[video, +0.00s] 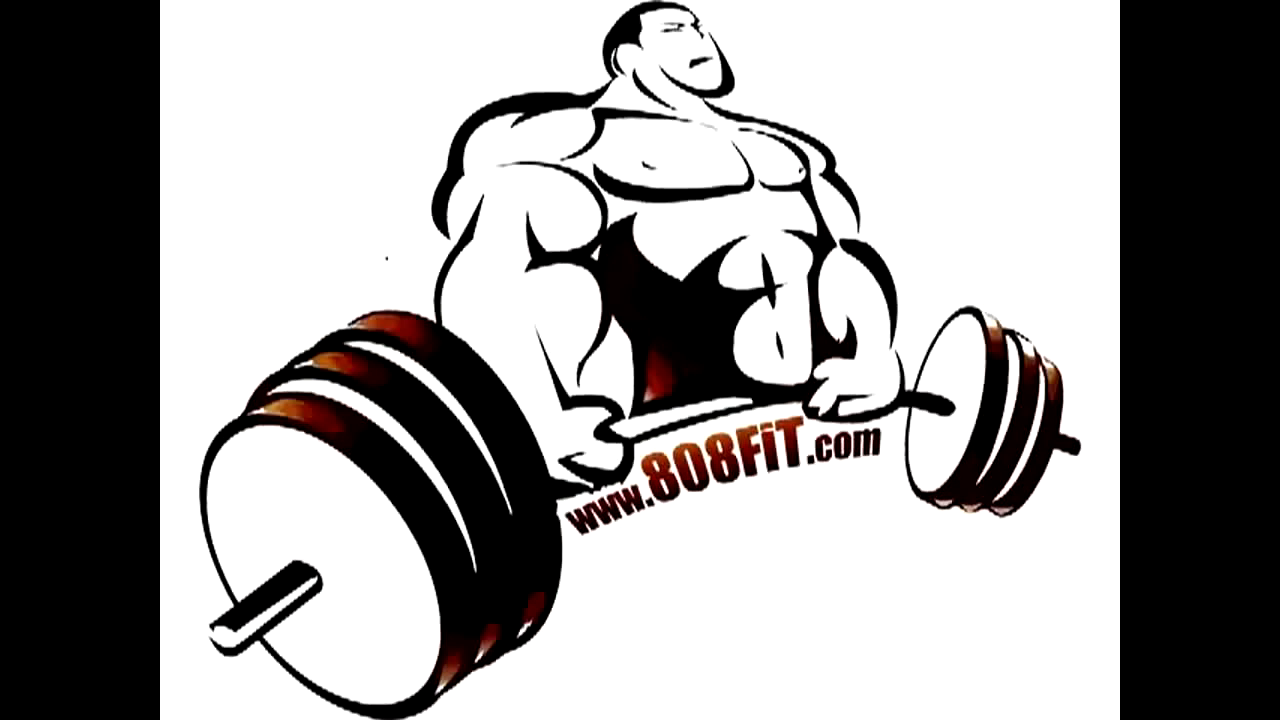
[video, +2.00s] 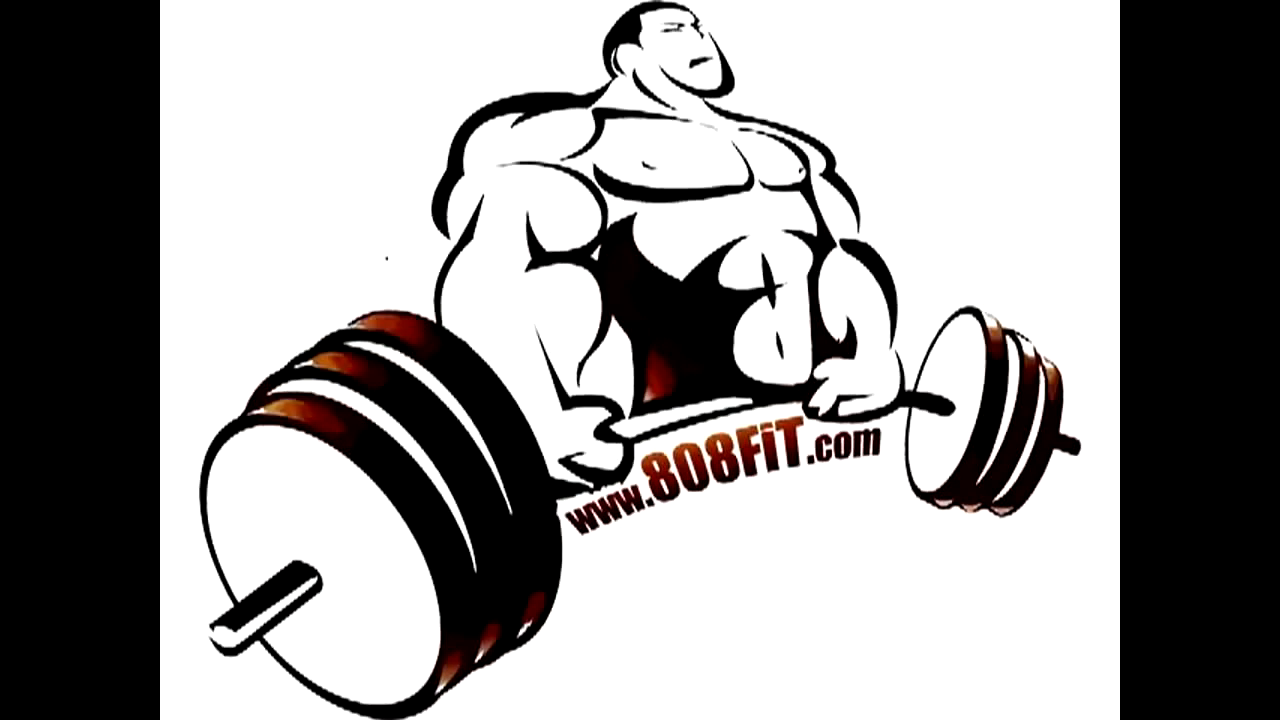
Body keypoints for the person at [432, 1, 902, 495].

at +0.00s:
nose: (702, 40)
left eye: (701, 28)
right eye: (676, 30)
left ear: (713, 45)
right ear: (629, 59)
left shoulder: (775, 145)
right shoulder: (594, 126)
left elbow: (850, 249)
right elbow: (487, 155)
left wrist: (878, 358)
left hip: (747, 330)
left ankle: (870, 369)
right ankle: (577, 429)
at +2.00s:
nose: (702, 40)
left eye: (701, 28)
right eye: (675, 30)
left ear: (713, 45)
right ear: (628, 59)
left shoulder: (776, 145)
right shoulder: (593, 127)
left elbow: (850, 250)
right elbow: (487, 155)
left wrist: (878, 358)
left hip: (747, 331)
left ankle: (870, 369)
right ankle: (577, 429)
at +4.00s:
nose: (702, 40)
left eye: (701, 28)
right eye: (675, 30)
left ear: (713, 45)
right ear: (628, 59)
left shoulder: (776, 145)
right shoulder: (593, 127)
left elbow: (850, 250)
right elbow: (487, 155)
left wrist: (878, 358)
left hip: (747, 331)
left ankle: (870, 369)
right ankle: (577, 429)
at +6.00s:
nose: (702, 39)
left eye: (702, 28)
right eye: (676, 29)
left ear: (715, 44)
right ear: (629, 57)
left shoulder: (778, 146)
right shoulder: (592, 127)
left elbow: (849, 255)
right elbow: (488, 155)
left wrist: (875, 358)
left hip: (751, 335)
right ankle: (567, 430)